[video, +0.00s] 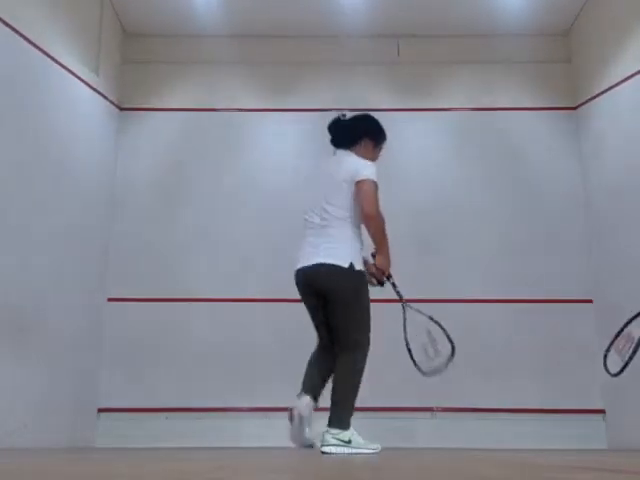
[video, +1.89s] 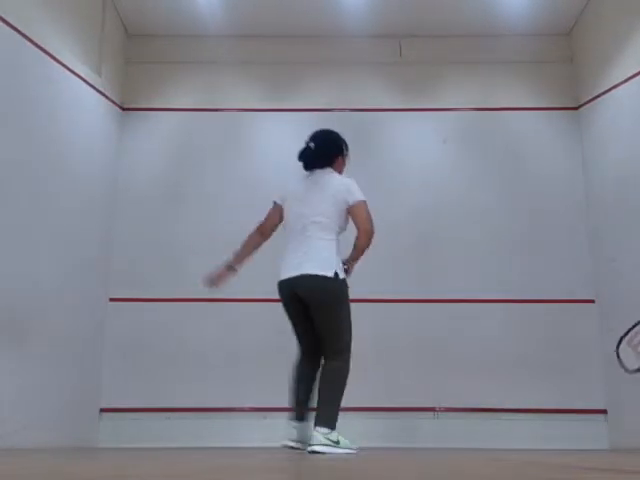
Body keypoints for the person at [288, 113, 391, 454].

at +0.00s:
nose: (377, 155)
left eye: (379, 148)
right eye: (377, 148)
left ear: (348, 143)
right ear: (364, 142)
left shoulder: (326, 168)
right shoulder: (361, 167)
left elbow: (334, 226)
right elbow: (369, 213)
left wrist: (363, 263)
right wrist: (383, 252)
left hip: (307, 270)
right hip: (341, 271)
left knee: (328, 343)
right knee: (354, 348)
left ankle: (305, 400)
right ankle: (338, 431)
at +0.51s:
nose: (383, 193)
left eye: (386, 188)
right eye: (383, 185)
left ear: (370, 182)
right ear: (368, 178)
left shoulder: (357, 215)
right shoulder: (343, 196)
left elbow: (366, 261)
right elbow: (327, 232)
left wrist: (391, 294)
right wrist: (351, 267)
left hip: (324, 289)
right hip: (308, 285)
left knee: (340, 354)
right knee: (320, 349)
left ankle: (327, 429)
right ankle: (295, 423)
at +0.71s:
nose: (376, 197)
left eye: (378, 192)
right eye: (376, 189)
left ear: (363, 185)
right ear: (361, 181)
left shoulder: (349, 221)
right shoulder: (335, 194)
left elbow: (363, 265)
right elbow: (305, 216)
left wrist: (393, 297)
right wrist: (319, 256)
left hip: (320, 294)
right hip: (297, 286)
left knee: (334, 353)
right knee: (291, 354)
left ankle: (326, 432)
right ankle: (271, 430)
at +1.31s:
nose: (361, 191)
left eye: (362, 185)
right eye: (360, 183)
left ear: (341, 178)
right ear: (345, 177)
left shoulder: (327, 201)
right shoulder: (332, 191)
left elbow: (340, 253)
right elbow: (339, 234)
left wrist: (356, 292)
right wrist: (359, 245)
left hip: (311, 290)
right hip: (296, 286)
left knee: (320, 358)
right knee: (293, 356)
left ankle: (322, 431)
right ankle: (269, 430)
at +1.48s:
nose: (358, 178)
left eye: (358, 172)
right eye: (357, 172)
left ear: (328, 174)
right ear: (348, 173)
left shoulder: (317, 201)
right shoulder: (346, 195)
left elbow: (299, 243)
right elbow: (366, 238)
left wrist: (283, 277)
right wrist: (358, 204)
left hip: (298, 287)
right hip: (316, 289)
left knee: (321, 356)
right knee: (323, 356)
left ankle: (322, 430)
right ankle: (278, 419)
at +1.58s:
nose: (357, 176)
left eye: (356, 171)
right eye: (355, 171)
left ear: (324, 174)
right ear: (347, 172)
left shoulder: (310, 203)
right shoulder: (350, 196)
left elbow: (279, 233)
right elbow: (366, 240)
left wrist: (251, 255)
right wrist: (345, 228)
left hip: (301, 290)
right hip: (324, 290)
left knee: (325, 361)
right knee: (336, 358)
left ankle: (323, 429)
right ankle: (300, 418)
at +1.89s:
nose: (347, 163)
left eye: (346, 157)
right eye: (346, 157)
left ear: (313, 159)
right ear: (338, 159)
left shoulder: (293, 190)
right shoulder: (344, 185)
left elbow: (263, 230)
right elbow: (366, 231)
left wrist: (231, 265)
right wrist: (350, 263)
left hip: (289, 281)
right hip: (324, 279)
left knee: (309, 351)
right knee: (338, 355)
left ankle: (300, 426)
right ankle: (324, 431)